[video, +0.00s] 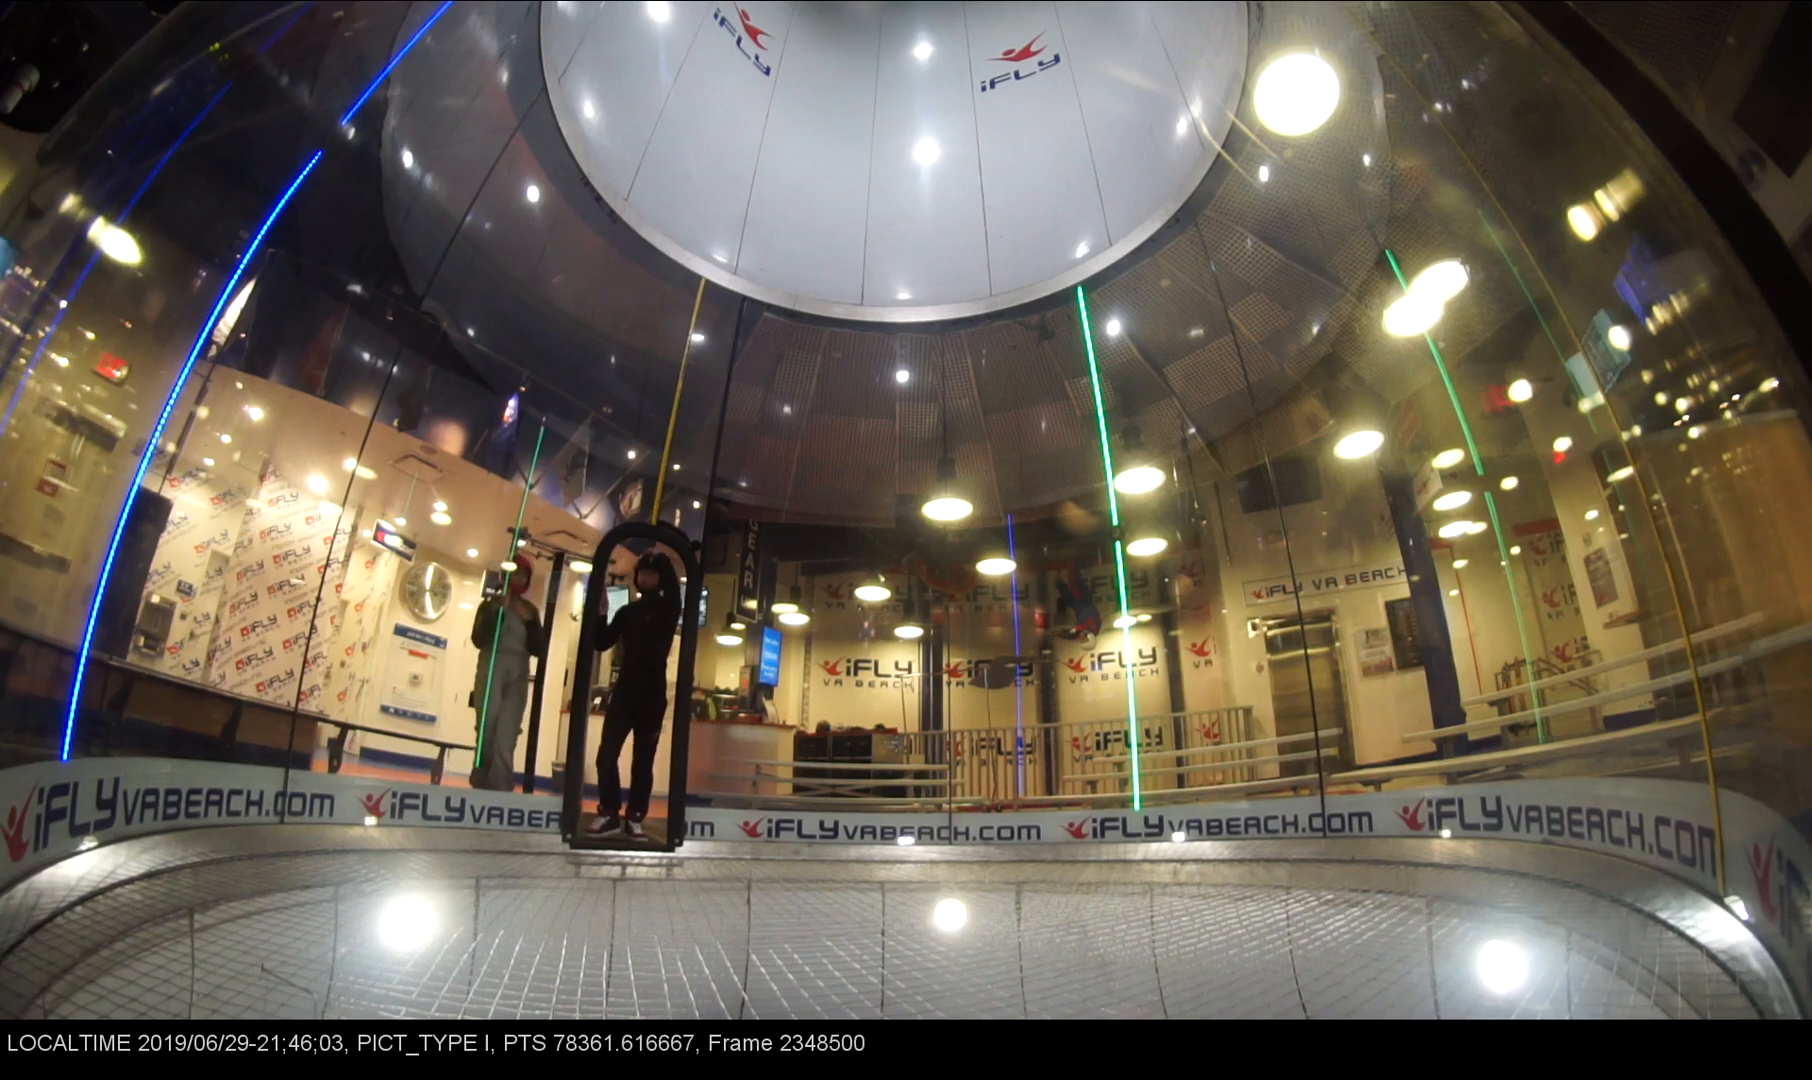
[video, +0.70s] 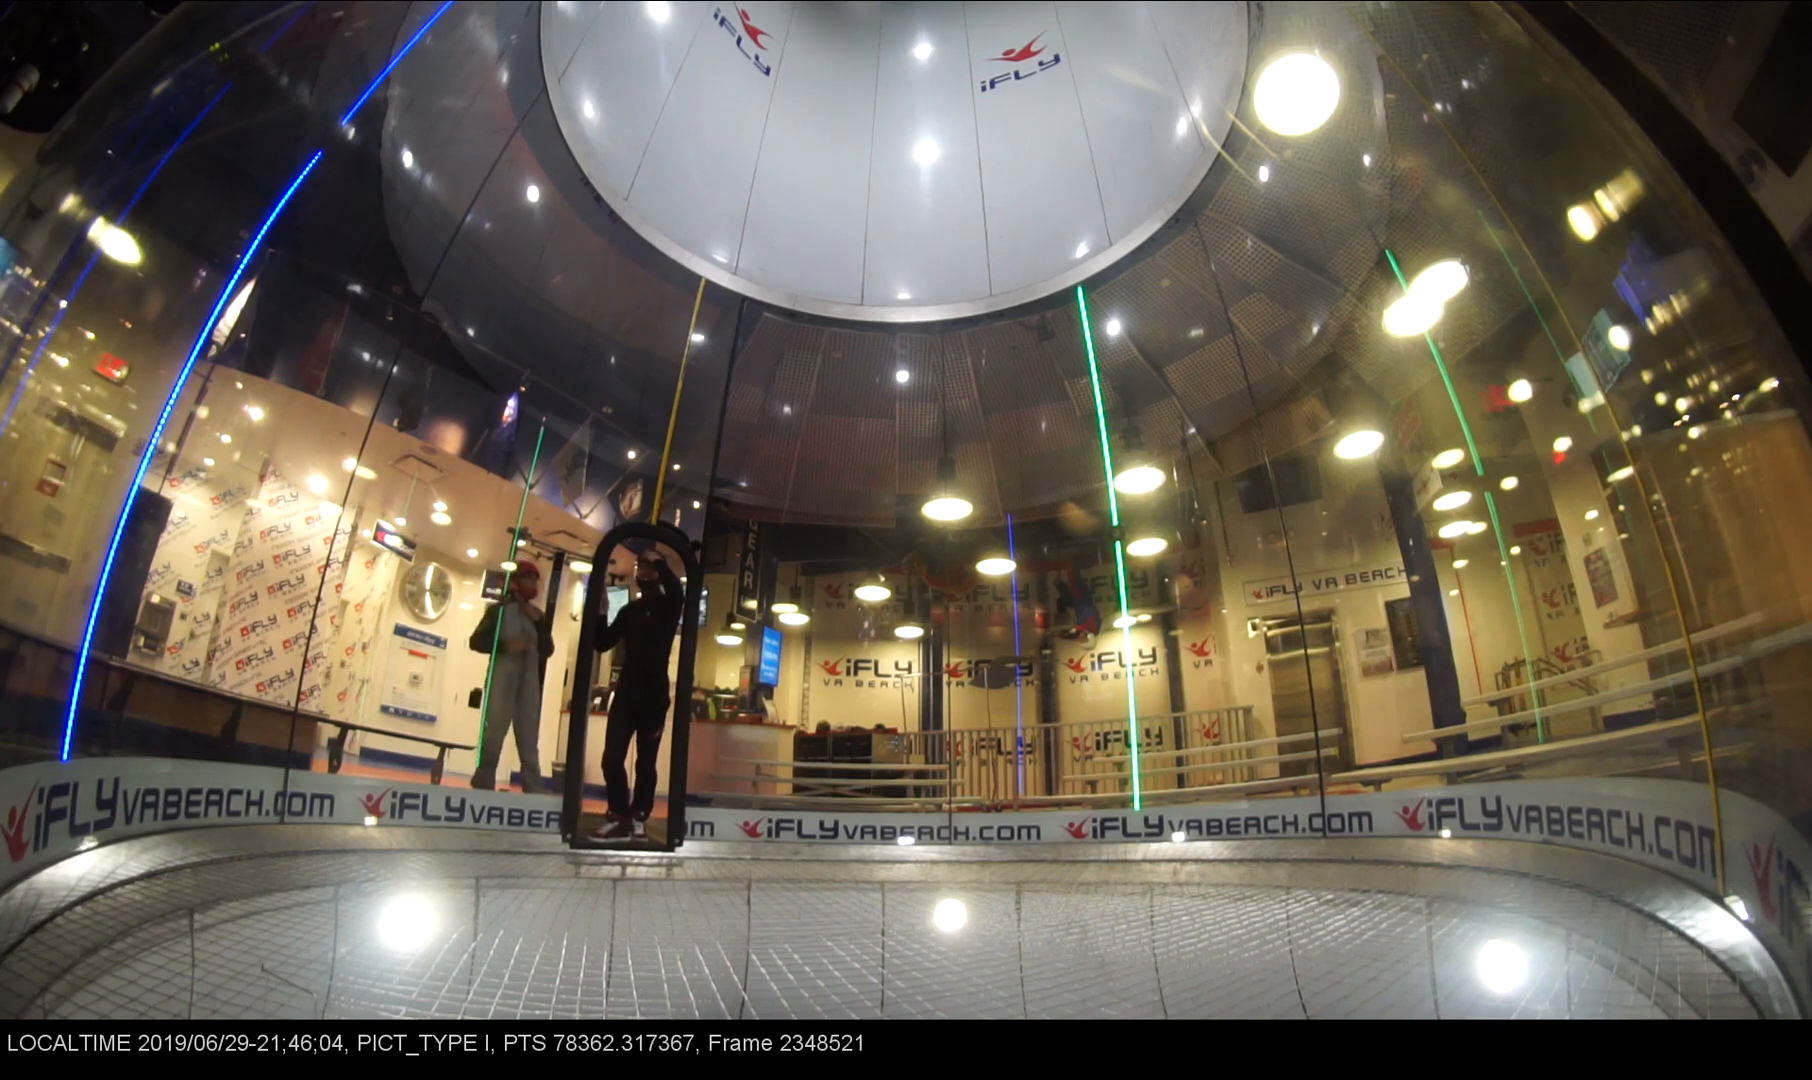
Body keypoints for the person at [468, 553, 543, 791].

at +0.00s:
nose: (518, 578)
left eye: (523, 574)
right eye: (515, 572)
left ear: (528, 581)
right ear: (506, 574)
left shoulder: (530, 610)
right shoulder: (490, 605)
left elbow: (538, 648)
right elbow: (479, 640)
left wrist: (531, 621)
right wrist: (495, 611)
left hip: (518, 671)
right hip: (490, 667)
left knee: (508, 729)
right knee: (487, 725)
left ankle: (501, 785)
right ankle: (481, 780)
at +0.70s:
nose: (533, 586)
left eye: (535, 581)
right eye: (528, 581)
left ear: (537, 585)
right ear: (515, 584)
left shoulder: (538, 617)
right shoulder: (498, 610)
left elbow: (547, 650)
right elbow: (477, 642)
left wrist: (538, 621)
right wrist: (505, 645)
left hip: (530, 686)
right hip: (501, 683)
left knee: (528, 740)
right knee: (493, 735)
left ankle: (533, 793)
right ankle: (483, 787)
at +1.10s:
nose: (550, 592)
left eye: (554, 587)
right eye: (545, 587)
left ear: (558, 591)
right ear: (534, 590)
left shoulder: (558, 621)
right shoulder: (524, 618)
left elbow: (573, 653)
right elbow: (503, 651)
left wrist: (563, 627)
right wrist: (531, 657)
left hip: (555, 683)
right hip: (530, 680)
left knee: (546, 738)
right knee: (523, 735)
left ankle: (538, 792)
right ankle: (493, 783)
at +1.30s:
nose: (556, 596)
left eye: (560, 591)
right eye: (552, 590)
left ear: (565, 595)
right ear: (543, 592)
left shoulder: (568, 623)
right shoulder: (531, 620)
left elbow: (578, 653)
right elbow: (511, 653)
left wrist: (570, 629)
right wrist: (534, 663)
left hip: (558, 682)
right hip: (534, 681)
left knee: (553, 735)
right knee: (538, 735)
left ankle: (542, 785)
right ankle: (527, 786)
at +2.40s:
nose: (572, 596)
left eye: (576, 592)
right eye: (569, 591)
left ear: (581, 597)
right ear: (559, 593)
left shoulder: (579, 627)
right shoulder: (546, 620)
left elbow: (589, 660)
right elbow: (519, 648)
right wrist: (534, 669)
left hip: (570, 685)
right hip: (546, 682)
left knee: (560, 739)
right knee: (549, 740)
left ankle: (541, 791)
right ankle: (544, 794)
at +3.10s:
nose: (583, 597)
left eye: (587, 593)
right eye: (579, 592)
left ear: (592, 596)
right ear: (570, 593)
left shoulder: (591, 623)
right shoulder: (557, 618)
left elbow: (598, 662)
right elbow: (533, 646)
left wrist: (594, 635)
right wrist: (556, 642)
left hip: (581, 690)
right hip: (555, 686)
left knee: (562, 737)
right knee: (561, 735)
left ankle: (545, 786)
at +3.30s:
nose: (588, 597)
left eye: (592, 592)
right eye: (585, 590)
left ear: (595, 596)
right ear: (575, 592)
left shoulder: (592, 625)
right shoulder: (563, 617)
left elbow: (618, 645)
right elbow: (552, 634)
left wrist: (614, 616)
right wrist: (570, 607)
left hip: (584, 688)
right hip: (562, 686)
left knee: (568, 739)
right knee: (565, 737)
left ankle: (548, 786)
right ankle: (573, 793)